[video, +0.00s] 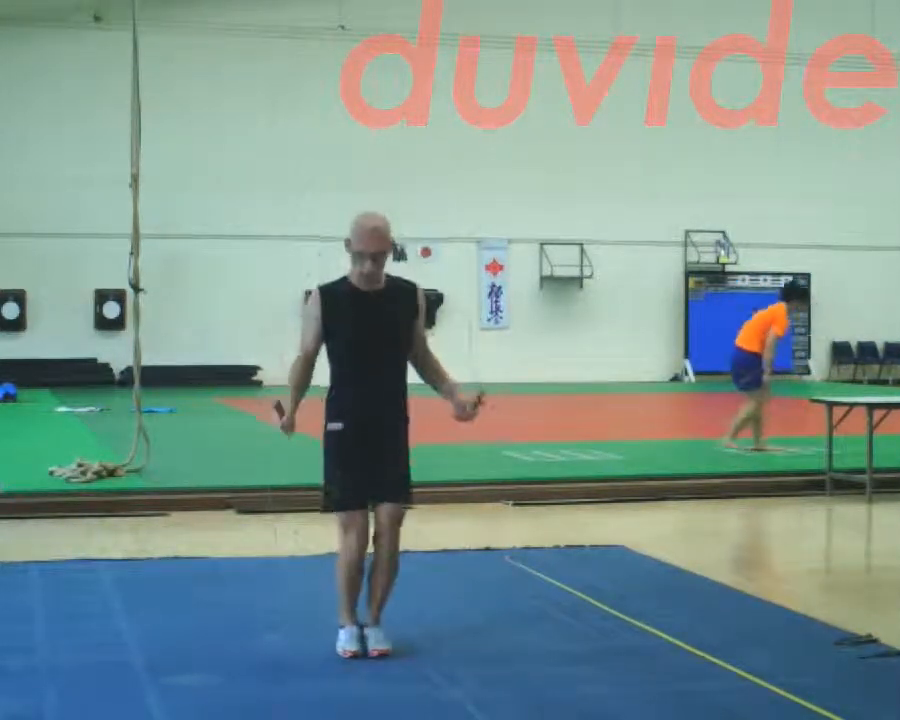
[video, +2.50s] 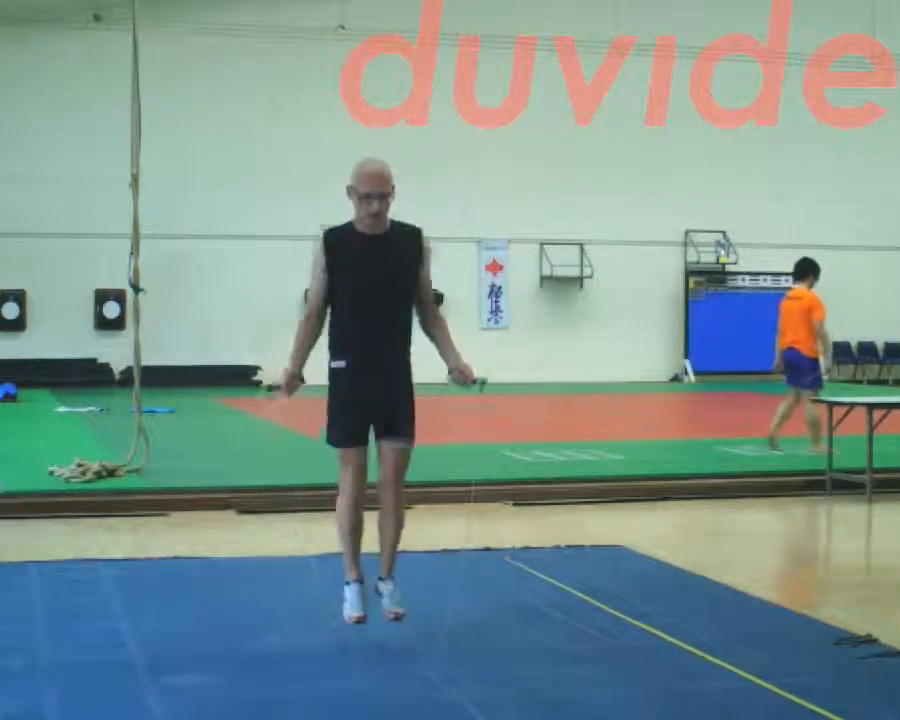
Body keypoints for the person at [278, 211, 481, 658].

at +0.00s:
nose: (371, 267)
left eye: (379, 257)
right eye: (362, 257)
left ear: (391, 251)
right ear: (347, 251)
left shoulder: (410, 296)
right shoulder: (323, 300)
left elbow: (420, 354)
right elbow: (306, 357)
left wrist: (454, 394)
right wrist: (291, 403)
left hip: (392, 424)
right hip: (345, 425)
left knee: (389, 525)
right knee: (354, 529)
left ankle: (373, 623)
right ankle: (348, 624)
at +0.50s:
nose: (372, 262)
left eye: (380, 253)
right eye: (363, 253)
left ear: (391, 245)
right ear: (348, 245)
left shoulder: (410, 287)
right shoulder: (325, 291)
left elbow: (423, 348)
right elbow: (304, 350)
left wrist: (454, 389)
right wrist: (284, 398)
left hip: (392, 416)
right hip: (348, 417)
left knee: (389, 519)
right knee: (357, 520)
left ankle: (375, 620)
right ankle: (349, 622)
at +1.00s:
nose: (378, 255)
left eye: (385, 247)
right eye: (370, 248)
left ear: (397, 235)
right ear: (354, 235)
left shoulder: (411, 275)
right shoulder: (331, 277)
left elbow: (421, 339)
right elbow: (308, 339)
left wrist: (453, 385)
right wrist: (287, 394)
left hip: (396, 407)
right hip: (349, 408)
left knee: (390, 510)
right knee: (353, 510)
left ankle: (378, 617)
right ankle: (349, 618)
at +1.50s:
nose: (379, 238)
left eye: (387, 230)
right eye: (371, 229)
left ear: (398, 220)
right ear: (357, 217)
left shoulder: (414, 258)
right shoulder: (333, 261)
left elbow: (424, 326)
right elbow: (311, 326)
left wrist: (453, 376)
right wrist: (289, 382)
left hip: (395, 391)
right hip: (352, 392)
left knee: (392, 498)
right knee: (358, 497)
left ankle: (377, 605)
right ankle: (354, 603)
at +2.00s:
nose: (379, 213)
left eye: (386, 205)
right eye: (370, 205)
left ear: (396, 198)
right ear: (355, 197)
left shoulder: (415, 235)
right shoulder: (332, 237)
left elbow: (433, 304)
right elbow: (309, 302)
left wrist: (464, 357)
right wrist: (282, 355)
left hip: (392, 354)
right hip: (347, 355)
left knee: (397, 446)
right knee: (359, 447)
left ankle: (384, 556)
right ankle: (355, 554)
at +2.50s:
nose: (375, 206)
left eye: (383, 197)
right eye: (367, 198)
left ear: (393, 195)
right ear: (351, 196)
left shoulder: (413, 242)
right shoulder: (332, 243)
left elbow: (428, 309)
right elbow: (314, 312)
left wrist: (453, 358)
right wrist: (294, 366)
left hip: (395, 372)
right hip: (349, 372)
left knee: (394, 474)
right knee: (353, 474)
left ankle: (386, 579)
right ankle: (352, 580)